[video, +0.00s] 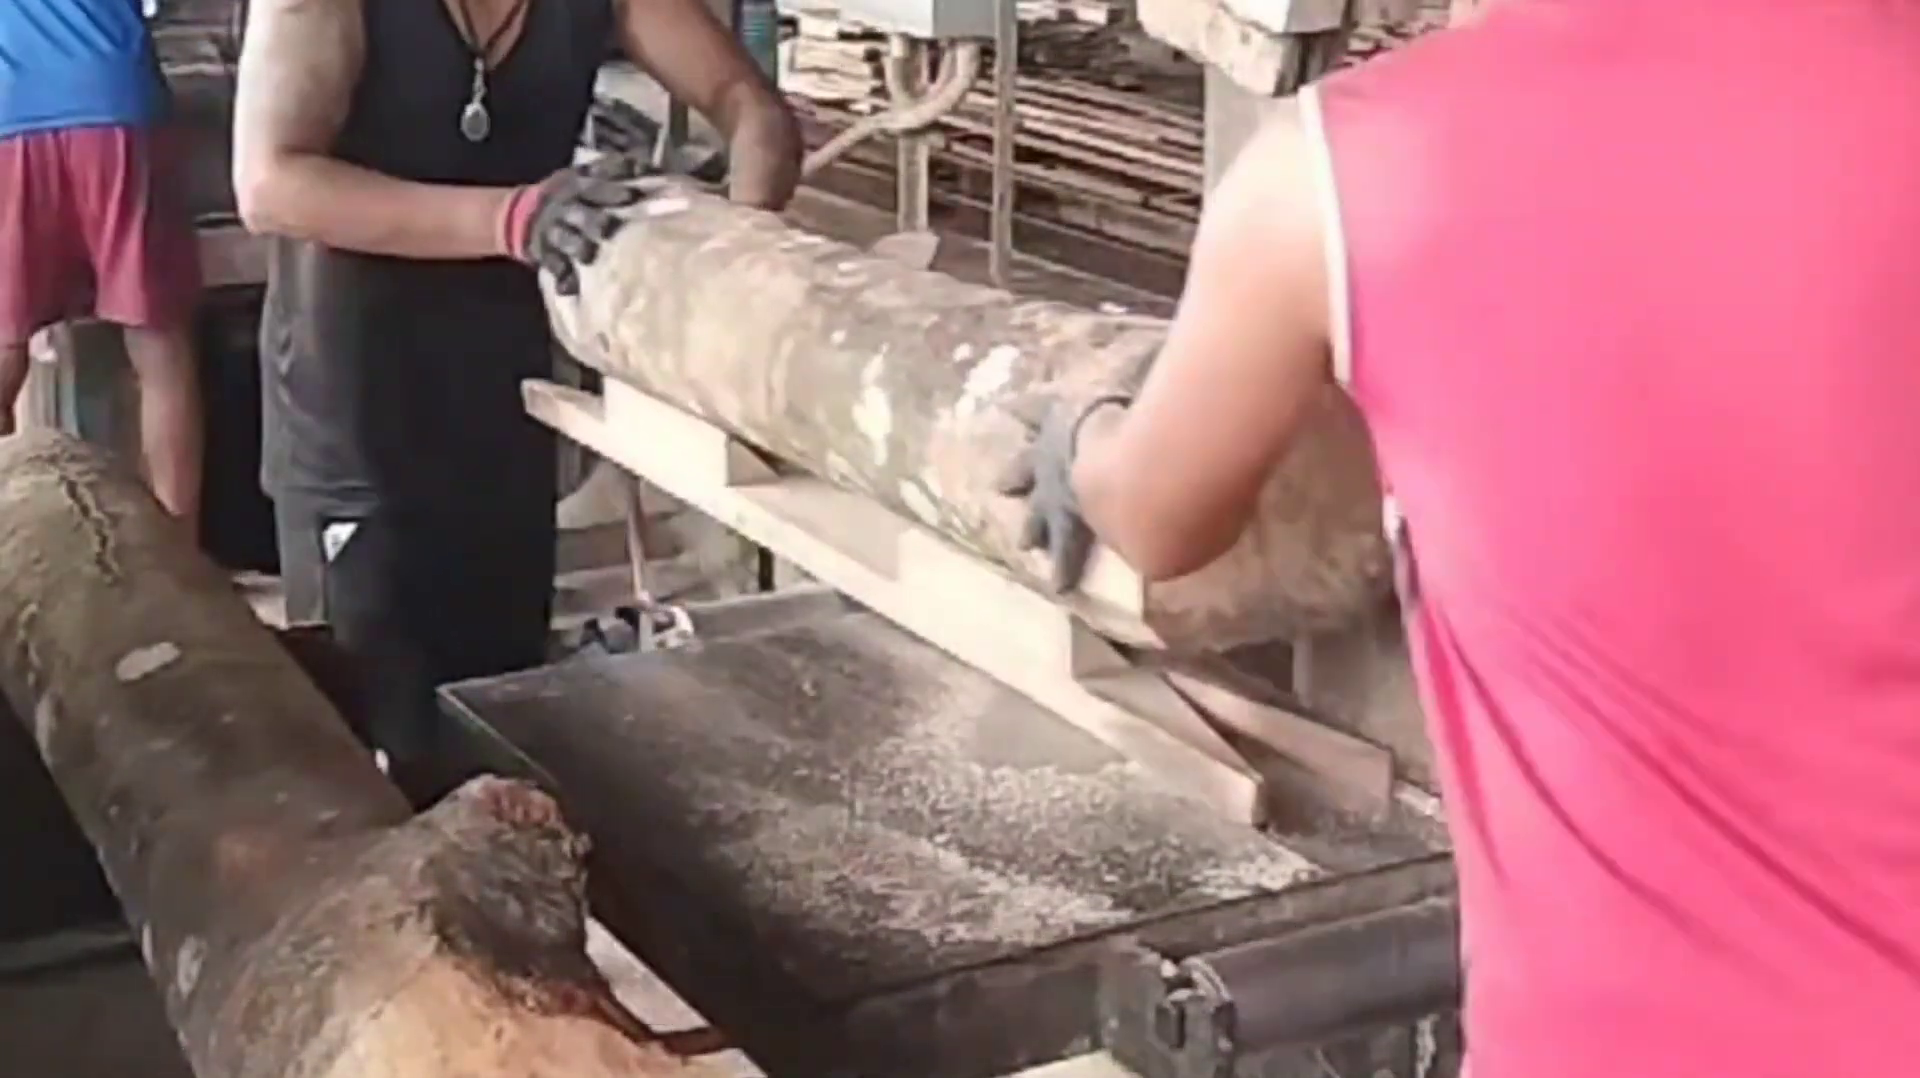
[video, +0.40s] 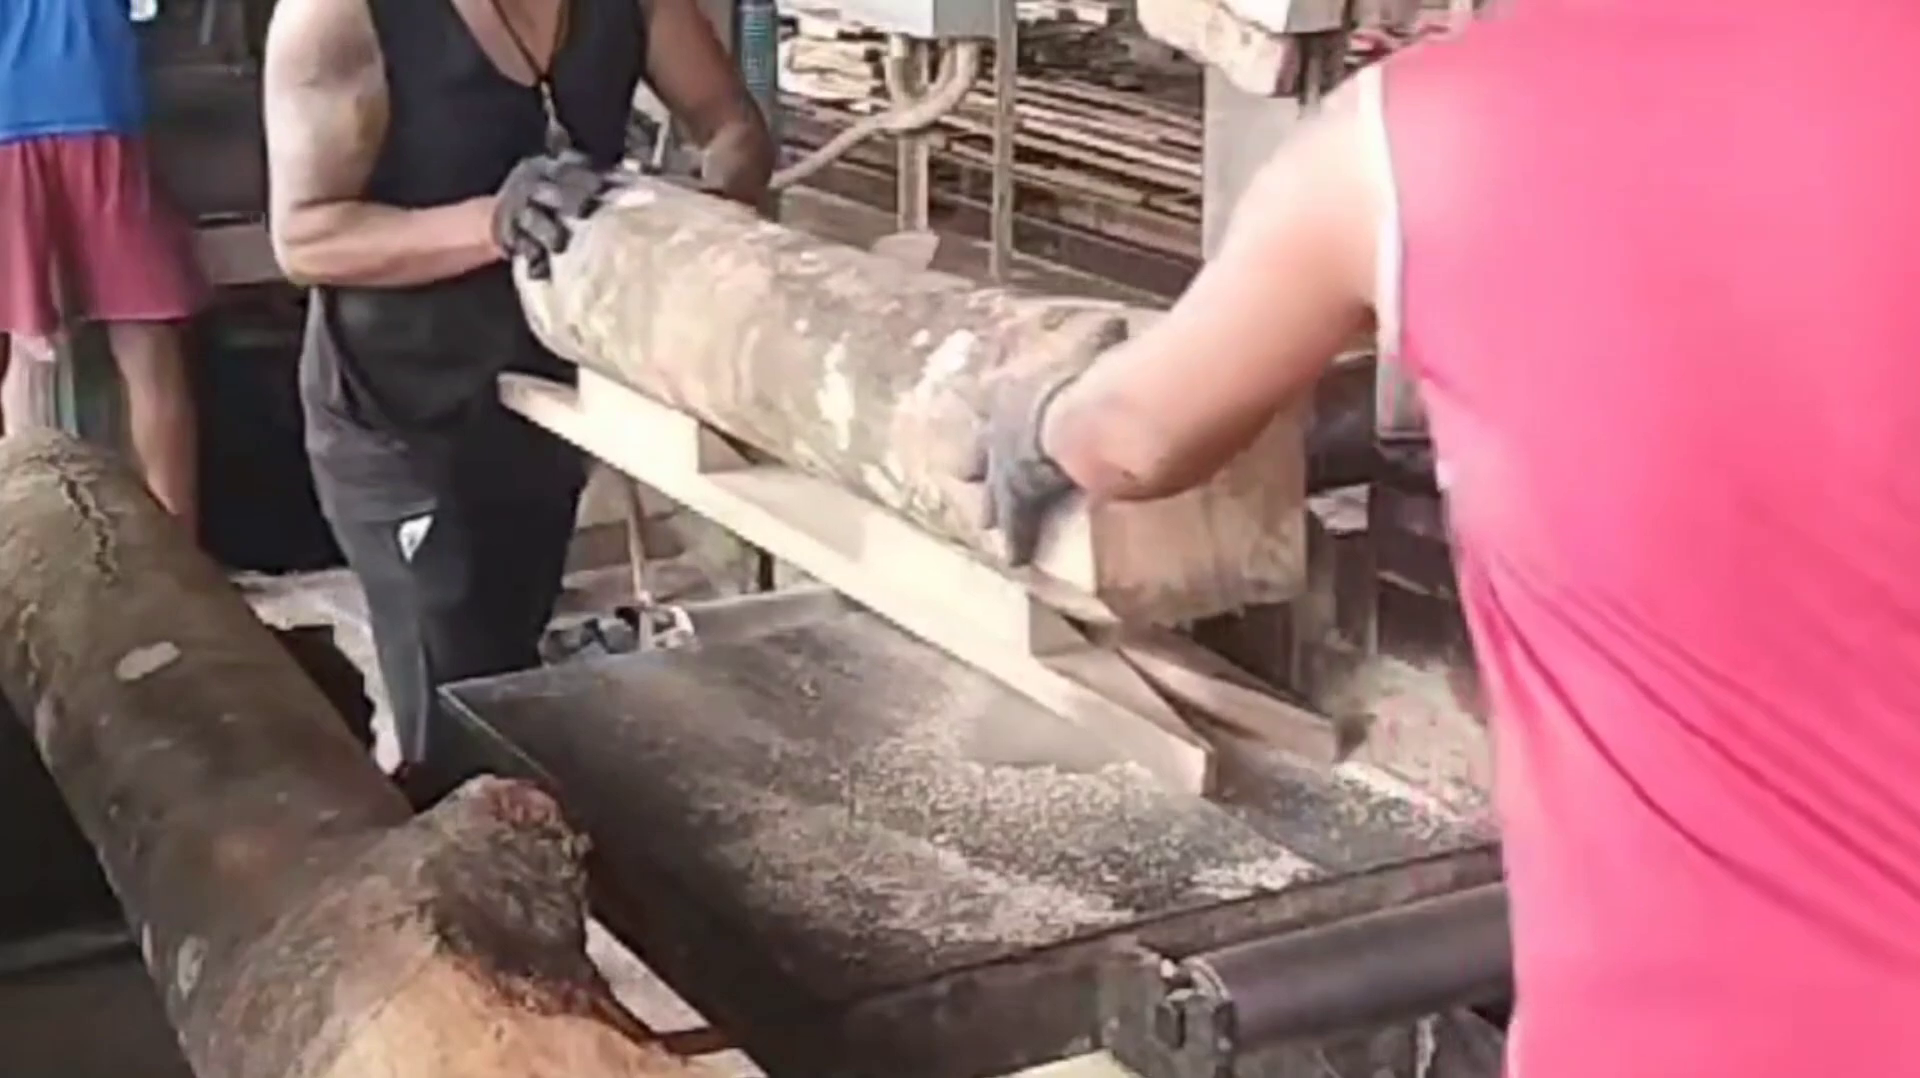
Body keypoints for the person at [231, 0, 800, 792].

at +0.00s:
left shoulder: (601, 6)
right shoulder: (321, 10)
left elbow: (757, 108)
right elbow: (271, 185)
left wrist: (738, 250)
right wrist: (509, 218)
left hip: (506, 436)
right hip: (354, 442)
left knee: (507, 741)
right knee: (389, 761)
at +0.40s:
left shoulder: (628, 9)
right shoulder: (336, 21)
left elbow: (736, 128)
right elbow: (307, 240)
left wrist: (693, 222)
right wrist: (496, 221)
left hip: (546, 400)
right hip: (398, 418)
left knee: (504, 691)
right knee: (452, 726)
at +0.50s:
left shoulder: (637, 13)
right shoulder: (351, 48)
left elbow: (741, 134)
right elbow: (347, 302)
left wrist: (729, 269)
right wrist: (535, 243)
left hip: (556, 426)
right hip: (409, 447)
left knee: (520, 702)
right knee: (465, 735)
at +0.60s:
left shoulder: (646, 23)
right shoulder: (358, 116)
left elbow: (720, 131)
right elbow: (335, 373)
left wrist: (739, 274)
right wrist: (535, 332)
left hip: (585, 473)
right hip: (435, 504)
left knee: (555, 727)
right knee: (503, 765)